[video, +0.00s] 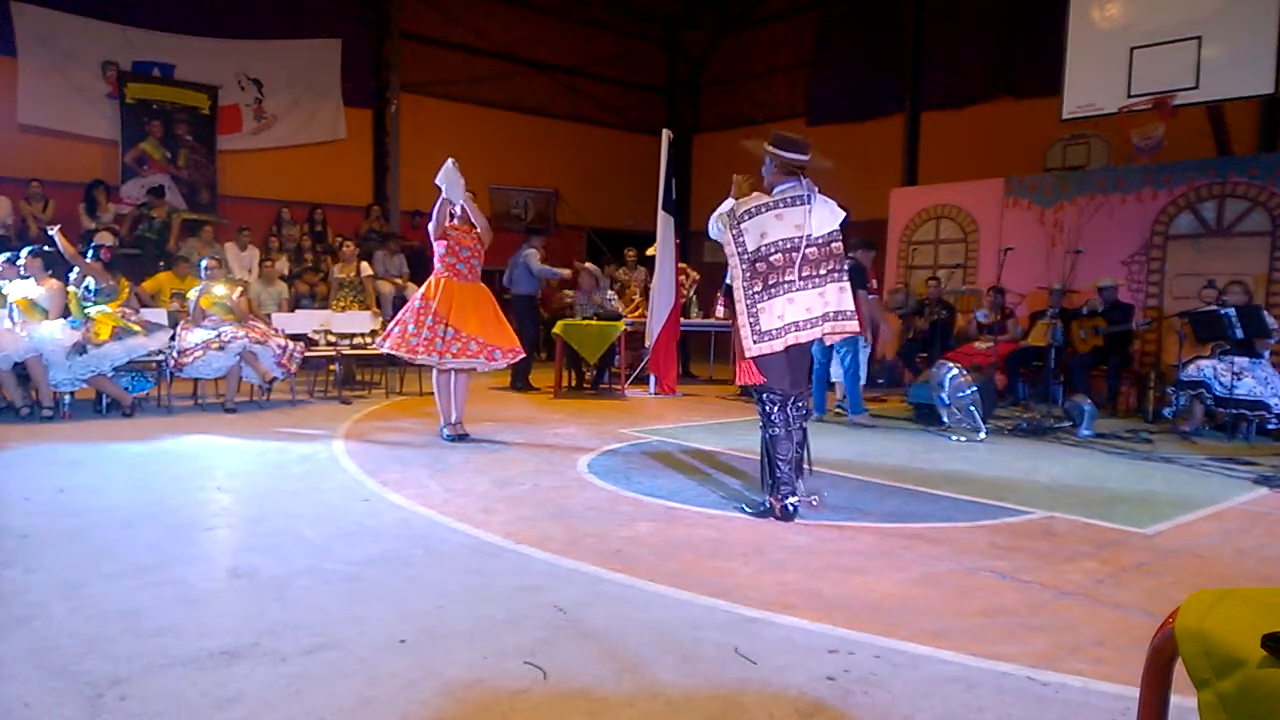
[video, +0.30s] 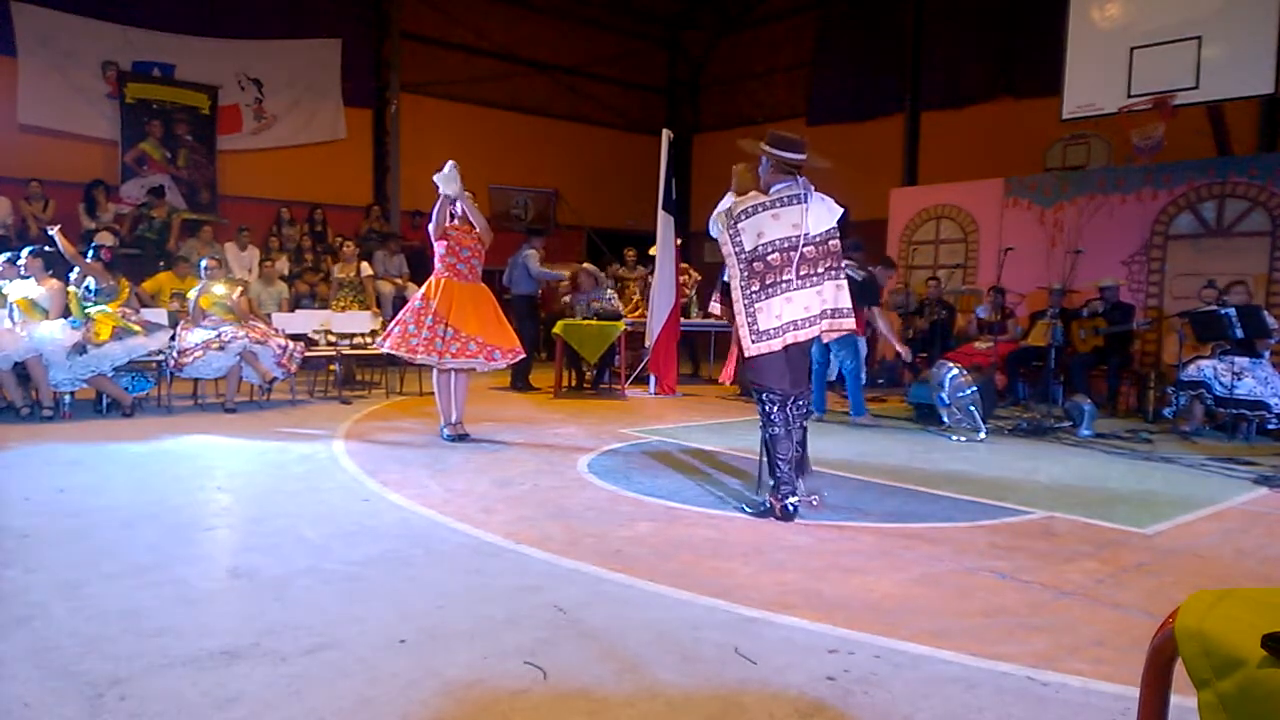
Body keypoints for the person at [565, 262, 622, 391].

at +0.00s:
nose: (583, 280)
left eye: (587, 276)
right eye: (581, 276)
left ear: (595, 279)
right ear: (578, 279)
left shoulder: (606, 294)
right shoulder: (576, 295)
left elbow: (617, 312)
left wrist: (601, 303)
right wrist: (562, 301)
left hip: (601, 331)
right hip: (580, 331)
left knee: (610, 349)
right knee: (571, 346)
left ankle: (597, 380)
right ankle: (579, 378)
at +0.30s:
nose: (581, 281)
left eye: (585, 277)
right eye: (579, 277)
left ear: (594, 279)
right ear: (576, 280)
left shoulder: (608, 294)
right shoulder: (573, 297)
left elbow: (619, 312)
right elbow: (567, 315)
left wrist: (600, 309)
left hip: (602, 331)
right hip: (580, 331)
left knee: (610, 348)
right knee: (570, 344)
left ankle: (597, 381)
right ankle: (579, 377)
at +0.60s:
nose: (581, 280)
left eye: (585, 277)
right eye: (581, 277)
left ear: (595, 279)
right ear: (580, 279)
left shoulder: (610, 294)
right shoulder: (577, 296)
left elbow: (620, 310)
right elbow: (563, 309)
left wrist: (603, 307)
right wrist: (562, 297)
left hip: (603, 332)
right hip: (581, 331)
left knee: (609, 348)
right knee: (570, 345)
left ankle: (597, 381)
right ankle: (579, 378)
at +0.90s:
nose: (586, 280)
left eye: (589, 277)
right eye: (586, 277)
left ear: (599, 278)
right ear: (586, 279)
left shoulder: (612, 296)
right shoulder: (578, 295)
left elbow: (620, 313)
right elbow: (563, 313)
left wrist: (603, 310)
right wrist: (568, 305)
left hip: (603, 332)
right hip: (581, 331)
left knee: (609, 348)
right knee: (571, 345)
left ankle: (597, 380)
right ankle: (579, 379)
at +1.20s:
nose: (593, 276)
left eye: (597, 274)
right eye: (592, 273)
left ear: (606, 279)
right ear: (589, 276)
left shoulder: (613, 298)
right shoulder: (578, 293)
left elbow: (620, 315)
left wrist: (603, 310)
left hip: (603, 332)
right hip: (580, 330)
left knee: (609, 349)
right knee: (571, 346)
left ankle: (597, 381)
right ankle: (579, 379)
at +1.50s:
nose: (593, 272)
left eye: (598, 270)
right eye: (592, 269)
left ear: (605, 275)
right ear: (588, 273)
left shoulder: (613, 295)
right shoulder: (579, 291)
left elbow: (620, 314)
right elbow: (568, 306)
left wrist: (602, 307)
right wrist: (581, 298)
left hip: (603, 329)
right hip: (582, 327)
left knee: (609, 348)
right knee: (570, 346)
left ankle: (597, 380)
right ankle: (579, 378)